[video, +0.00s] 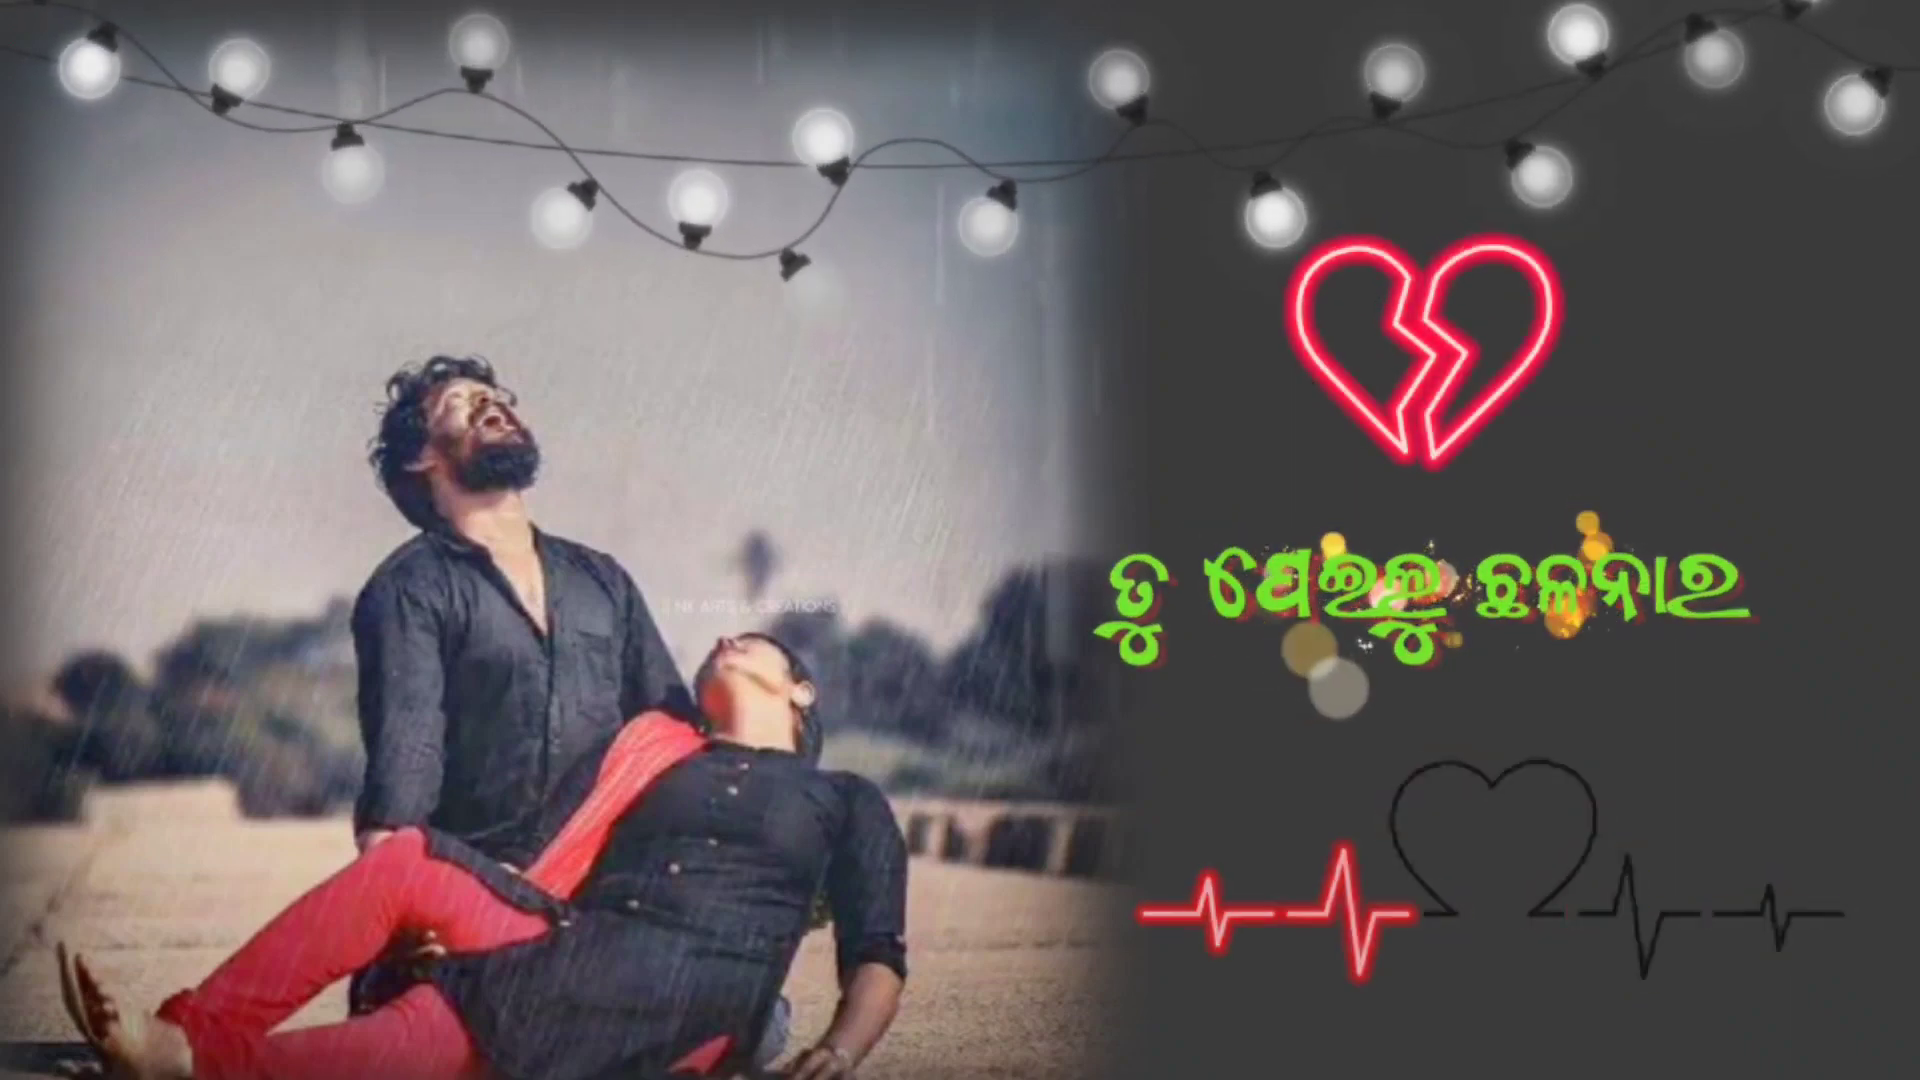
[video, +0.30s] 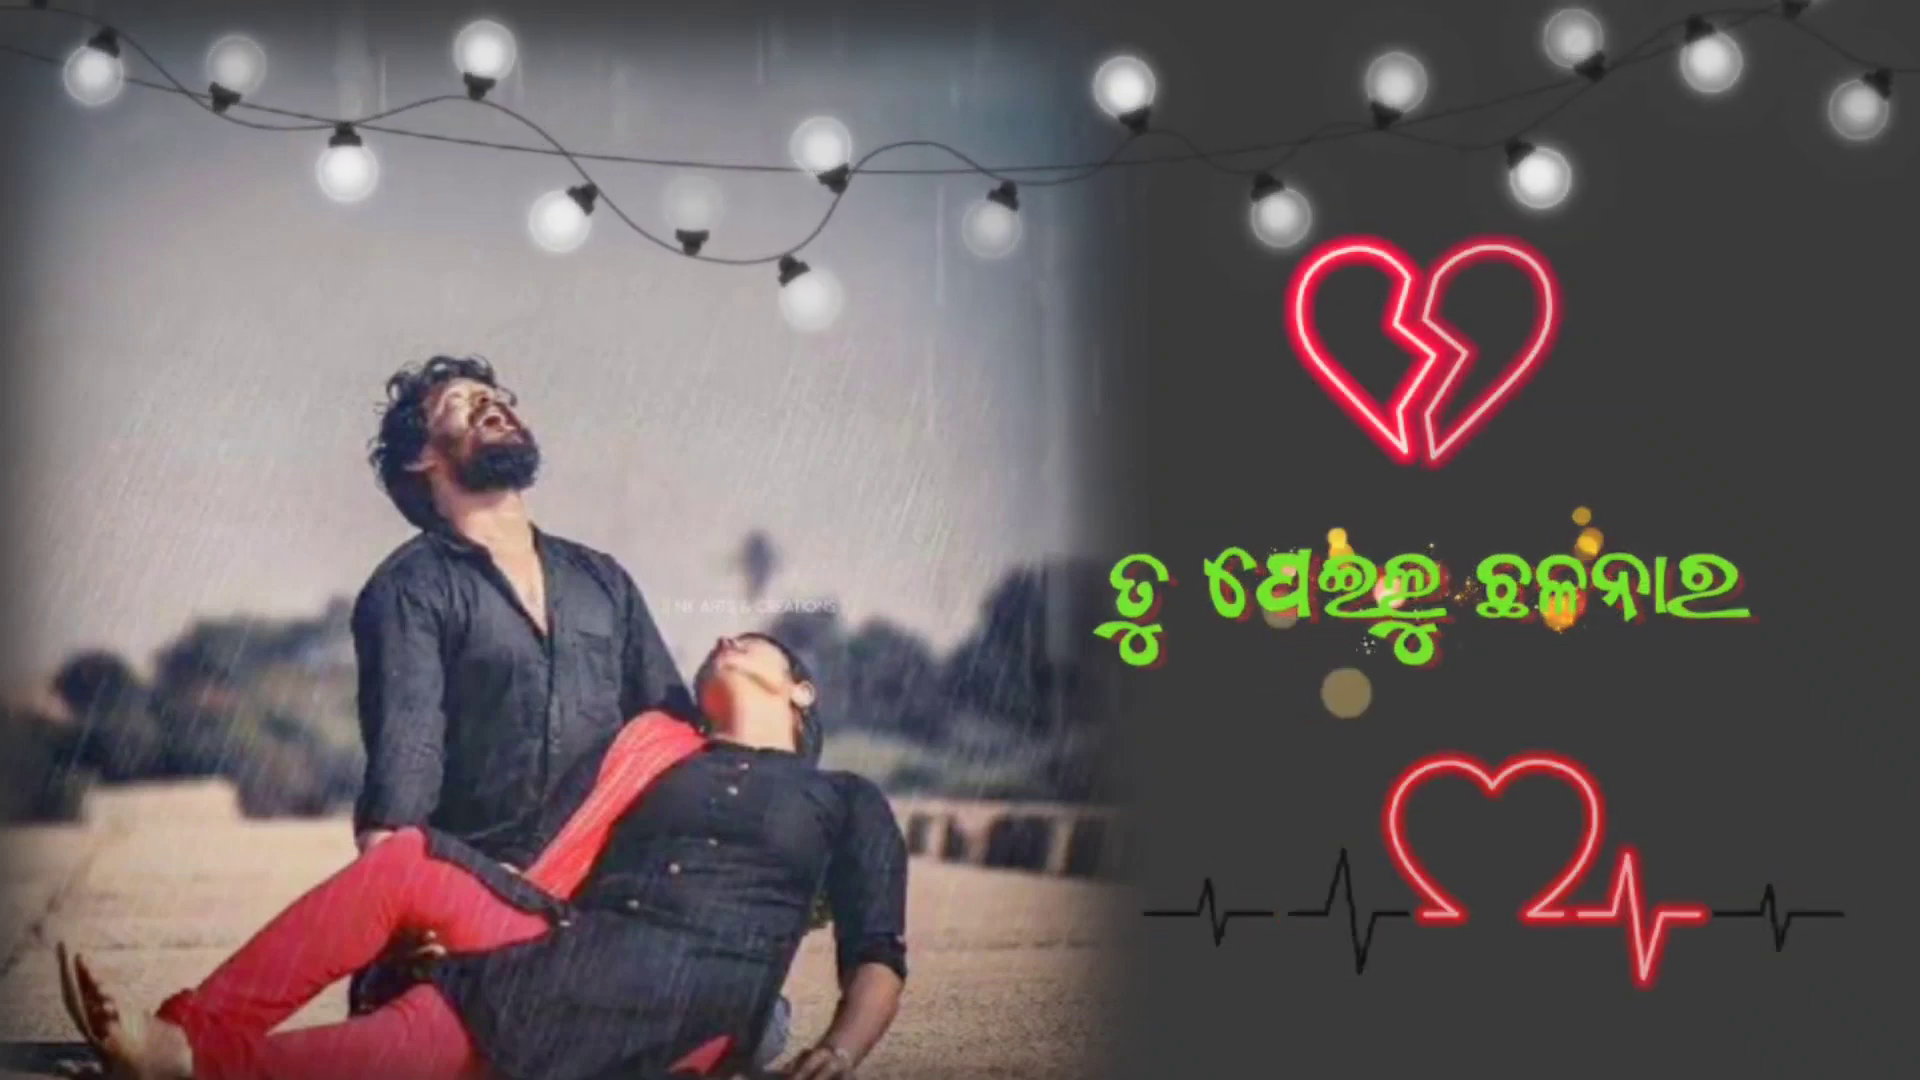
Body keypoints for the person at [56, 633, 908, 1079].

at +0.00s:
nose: (721, 660)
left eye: (749, 656)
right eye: (717, 659)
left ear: (799, 699)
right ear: (709, 698)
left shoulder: (844, 798)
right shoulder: (662, 755)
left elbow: (879, 967)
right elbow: (574, 892)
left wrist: (836, 1063)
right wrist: (455, 949)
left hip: (693, 982)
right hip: (587, 946)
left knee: (451, 1028)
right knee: (400, 859)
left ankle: (187, 1058)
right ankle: (178, 1041)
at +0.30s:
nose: (721, 660)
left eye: (749, 656)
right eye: (716, 659)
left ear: (799, 699)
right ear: (709, 698)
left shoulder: (844, 798)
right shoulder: (662, 755)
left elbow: (879, 967)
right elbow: (574, 892)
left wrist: (835, 1063)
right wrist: (455, 949)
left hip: (693, 982)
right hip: (587, 945)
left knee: (451, 1028)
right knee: (400, 859)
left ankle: (188, 1058)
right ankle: (177, 1040)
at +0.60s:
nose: (722, 660)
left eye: (749, 656)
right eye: (717, 659)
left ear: (799, 699)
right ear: (709, 698)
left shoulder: (844, 798)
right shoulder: (662, 755)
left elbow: (879, 967)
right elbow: (574, 892)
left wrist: (835, 1063)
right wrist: (455, 949)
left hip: (693, 982)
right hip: (587, 945)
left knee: (451, 1028)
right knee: (400, 859)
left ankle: (188, 1058)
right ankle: (178, 1040)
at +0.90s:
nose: (721, 660)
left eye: (749, 656)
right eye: (716, 659)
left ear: (799, 699)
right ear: (709, 699)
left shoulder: (844, 798)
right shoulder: (662, 755)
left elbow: (879, 967)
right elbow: (574, 892)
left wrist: (836, 1063)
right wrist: (455, 949)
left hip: (693, 982)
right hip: (587, 945)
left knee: (451, 1028)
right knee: (400, 859)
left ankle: (187, 1058)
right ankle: (178, 1041)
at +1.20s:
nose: (721, 658)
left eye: (748, 654)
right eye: (716, 657)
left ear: (799, 699)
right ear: (709, 699)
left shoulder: (844, 798)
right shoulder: (662, 753)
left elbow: (879, 969)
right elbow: (572, 891)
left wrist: (833, 1065)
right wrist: (455, 946)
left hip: (691, 984)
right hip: (585, 945)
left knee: (450, 1029)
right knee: (400, 862)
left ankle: (188, 1058)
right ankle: (179, 1041)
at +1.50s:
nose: (722, 660)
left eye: (749, 656)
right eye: (717, 659)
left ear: (799, 699)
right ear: (709, 698)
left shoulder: (844, 798)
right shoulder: (662, 755)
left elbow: (879, 967)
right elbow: (574, 892)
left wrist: (836, 1063)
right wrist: (455, 949)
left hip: (693, 982)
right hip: (587, 946)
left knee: (451, 1028)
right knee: (400, 859)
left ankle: (187, 1058)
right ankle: (177, 1040)